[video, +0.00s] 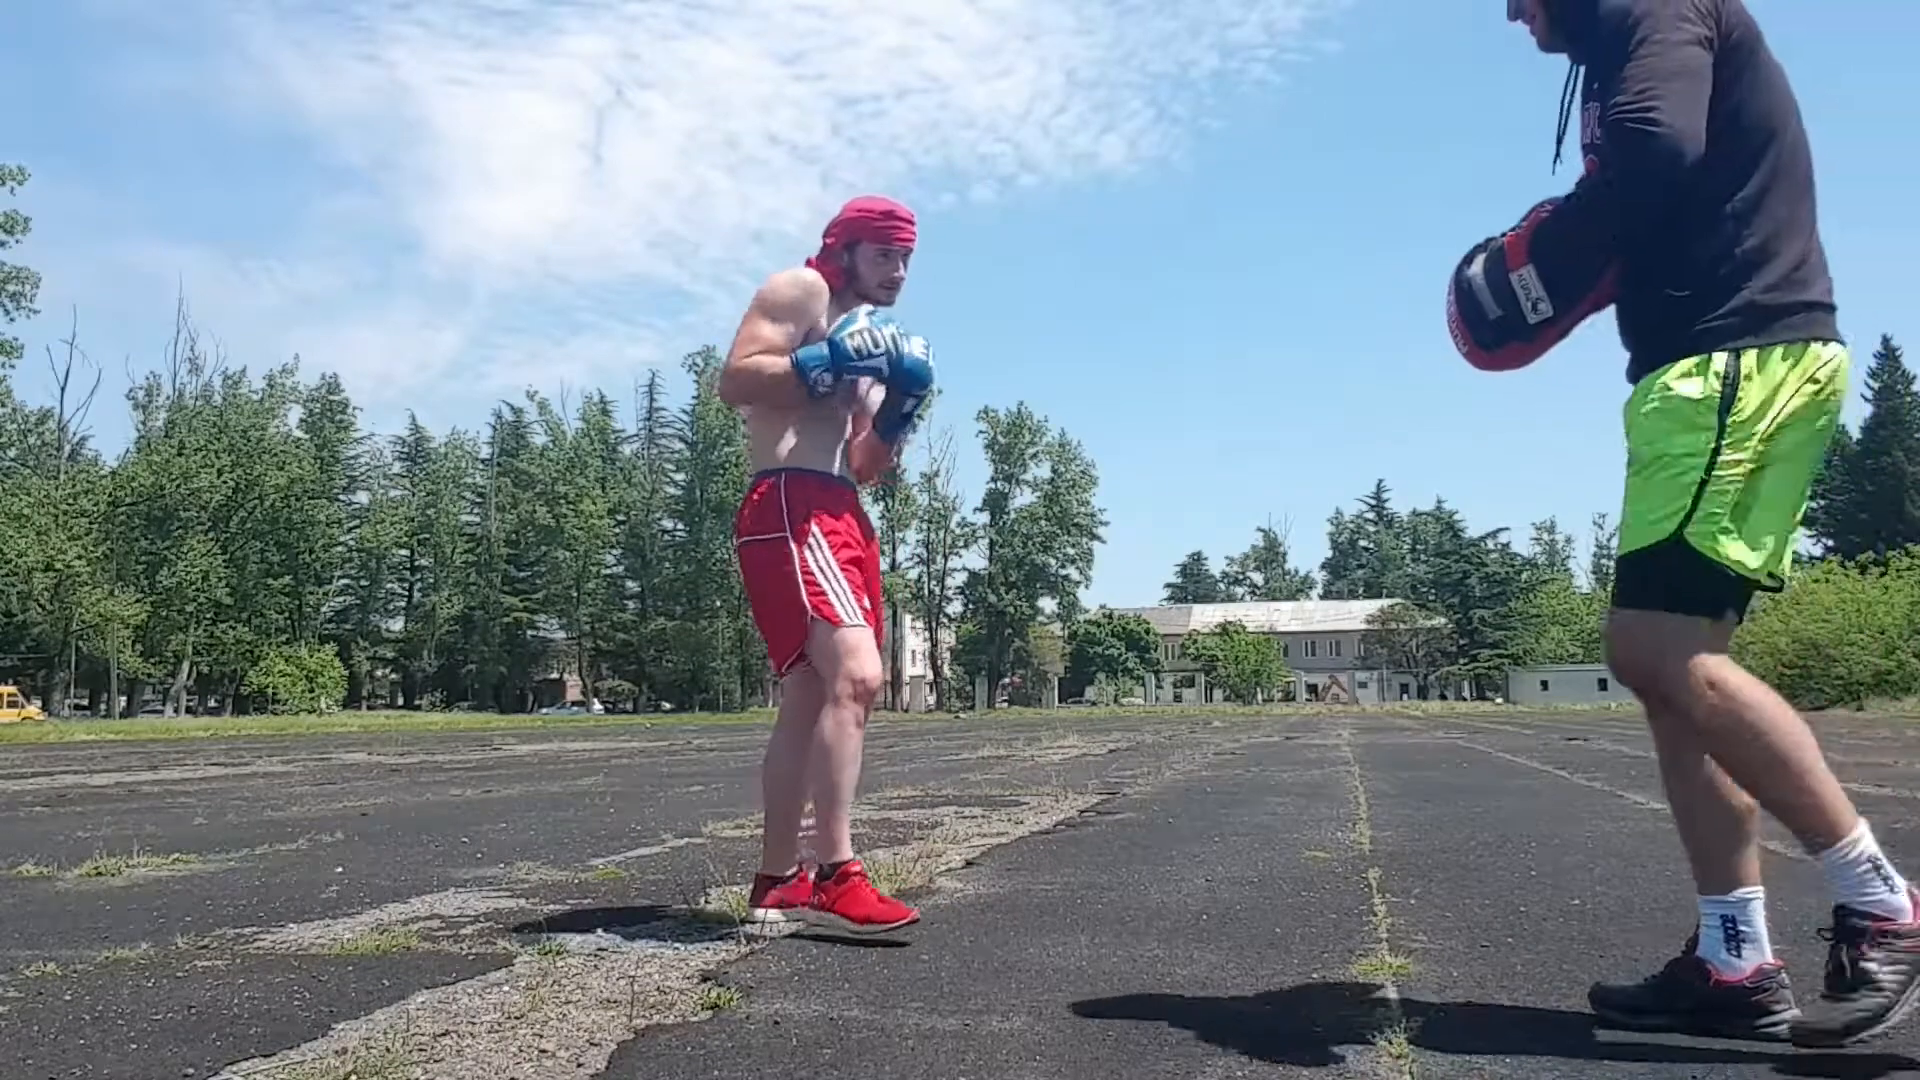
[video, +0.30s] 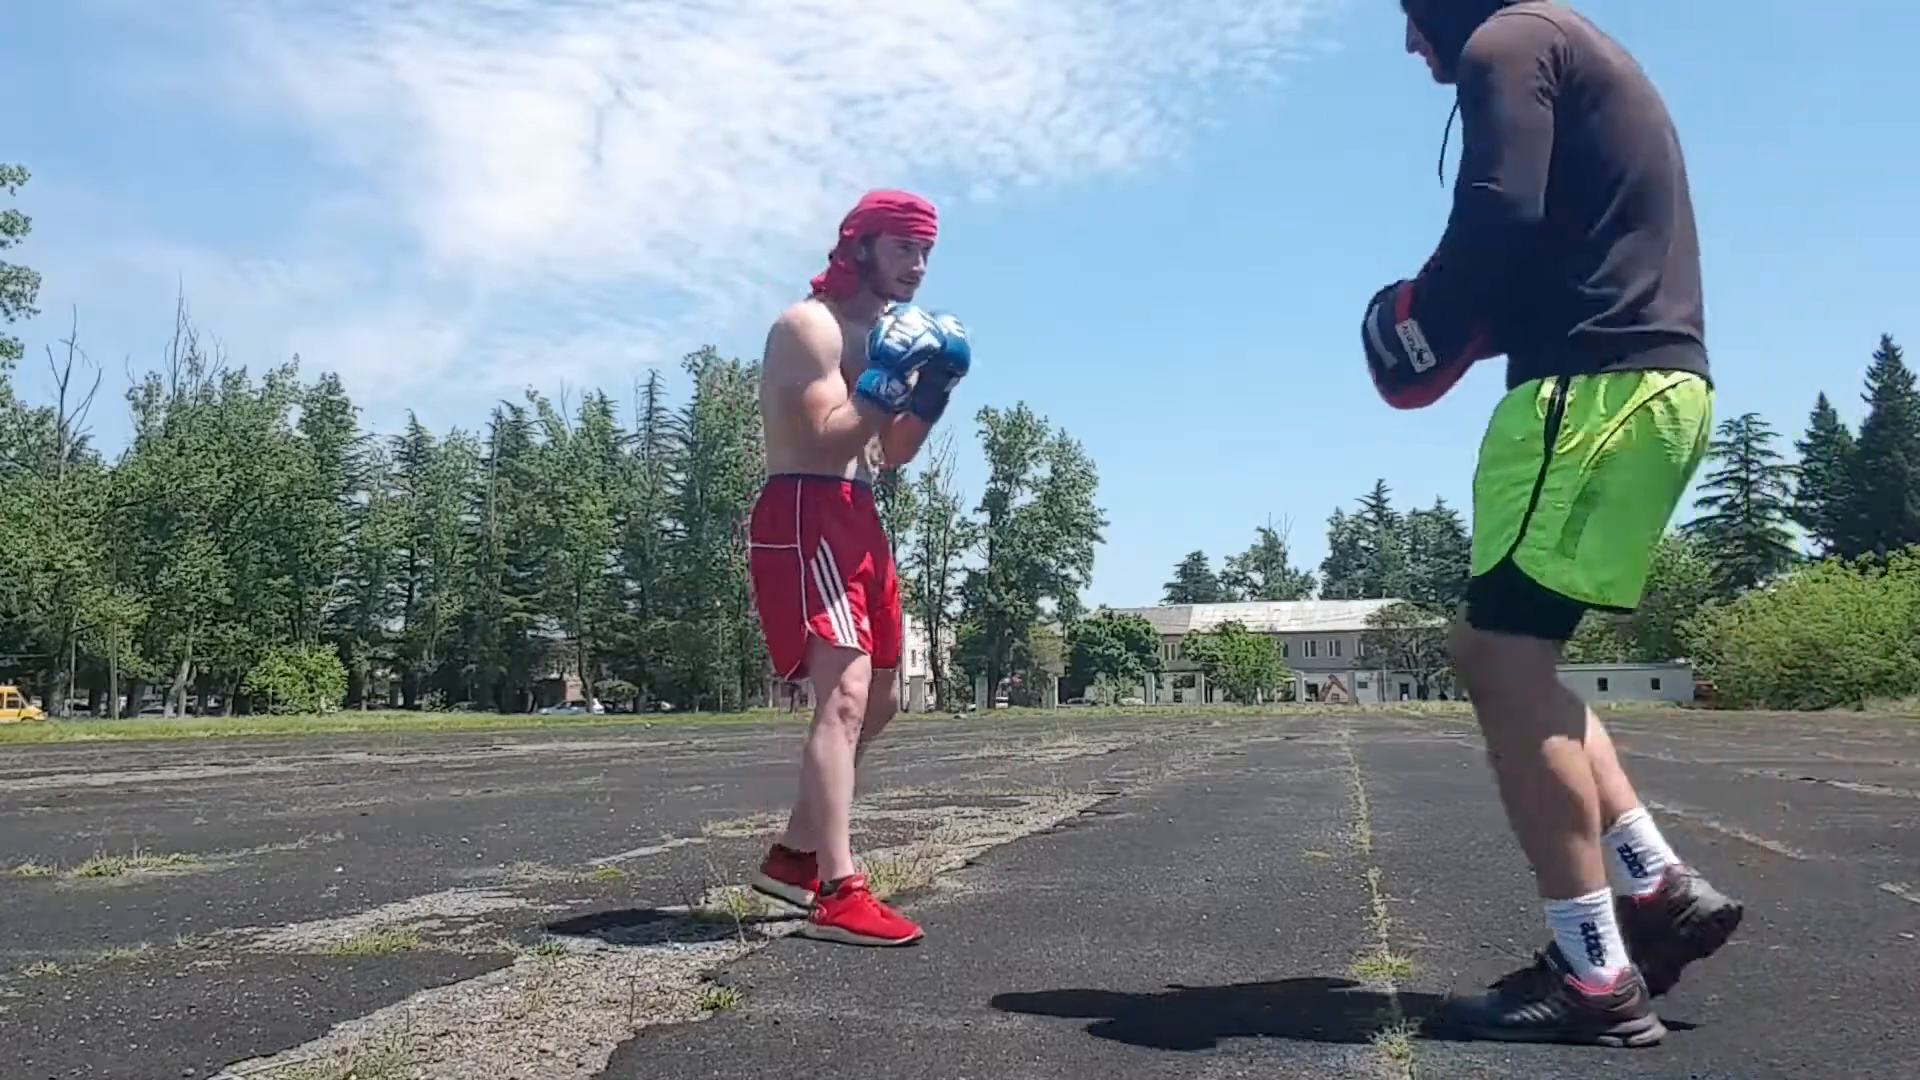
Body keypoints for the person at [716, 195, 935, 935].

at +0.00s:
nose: (899, 271)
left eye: (906, 259)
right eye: (886, 256)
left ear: (903, 264)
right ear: (842, 252)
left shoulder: (867, 339)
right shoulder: (801, 290)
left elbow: (864, 469)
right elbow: (733, 381)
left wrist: (897, 413)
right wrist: (827, 358)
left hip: (842, 517)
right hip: (792, 508)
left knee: (804, 701)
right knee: (855, 677)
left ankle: (778, 878)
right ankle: (835, 873)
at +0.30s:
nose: (917, 263)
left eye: (924, 252)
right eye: (905, 247)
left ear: (918, 262)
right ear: (859, 246)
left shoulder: (879, 338)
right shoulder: (806, 323)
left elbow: (892, 452)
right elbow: (824, 431)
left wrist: (934, 393)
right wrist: (889, 384)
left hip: (857, 516)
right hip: (807, 514)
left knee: (880, 698)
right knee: (843, 697)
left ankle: (795, 850)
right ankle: (839, 887)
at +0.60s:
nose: (948, 278)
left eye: (953, 267)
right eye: (936, 262)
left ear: (939, 273)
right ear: (890, 258)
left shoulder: (904, 334)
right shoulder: (843, 316)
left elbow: (921, 452)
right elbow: (856, 428)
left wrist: (965, 378)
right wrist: (916, 361)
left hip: (878, 524)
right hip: (831, 519)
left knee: (896, 699)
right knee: (865, 694)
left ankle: (859, 852)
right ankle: (838, 888)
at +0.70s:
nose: (951, 298)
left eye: (956, 287)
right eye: (939, 283)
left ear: (949, 295)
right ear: (895, 280)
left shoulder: (922, 358)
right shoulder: (853, 331)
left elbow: (931, 473)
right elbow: (826, 427)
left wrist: (968, 395)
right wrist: (899, 391)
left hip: (891, 529)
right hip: (844, 522)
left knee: (909, 704)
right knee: (883, 693)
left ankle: (858, 855)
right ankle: (841, 888)